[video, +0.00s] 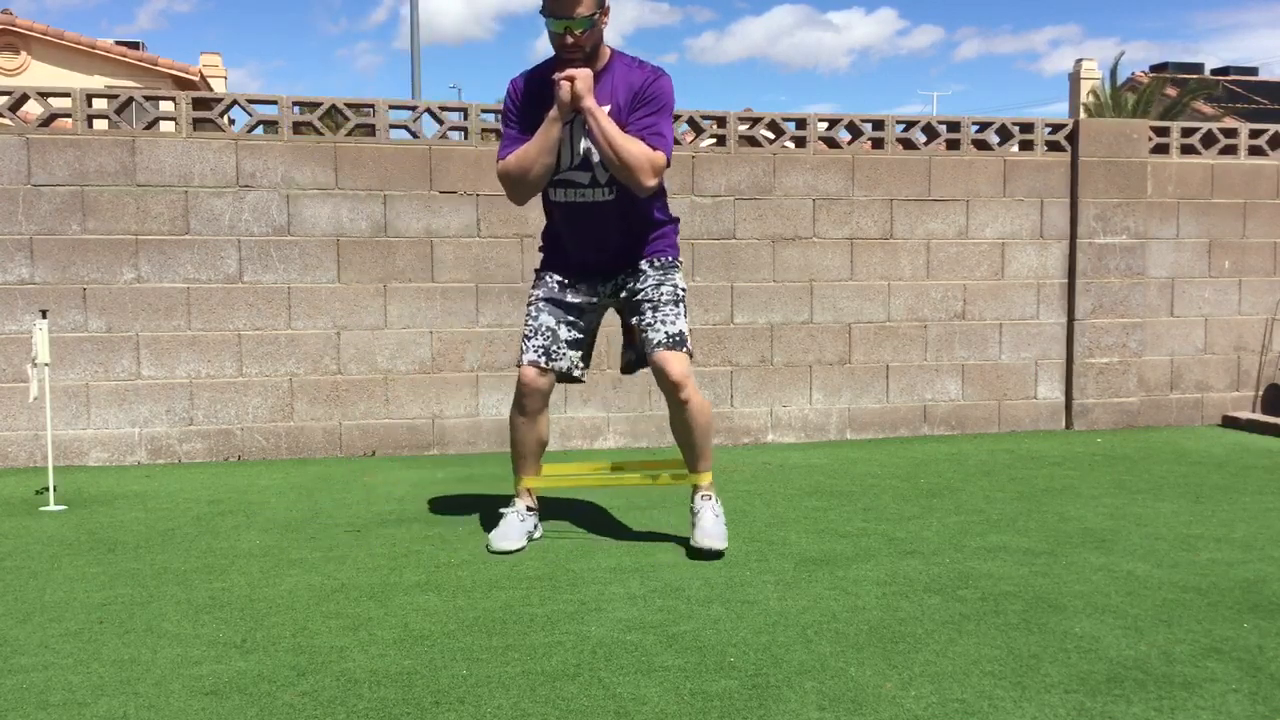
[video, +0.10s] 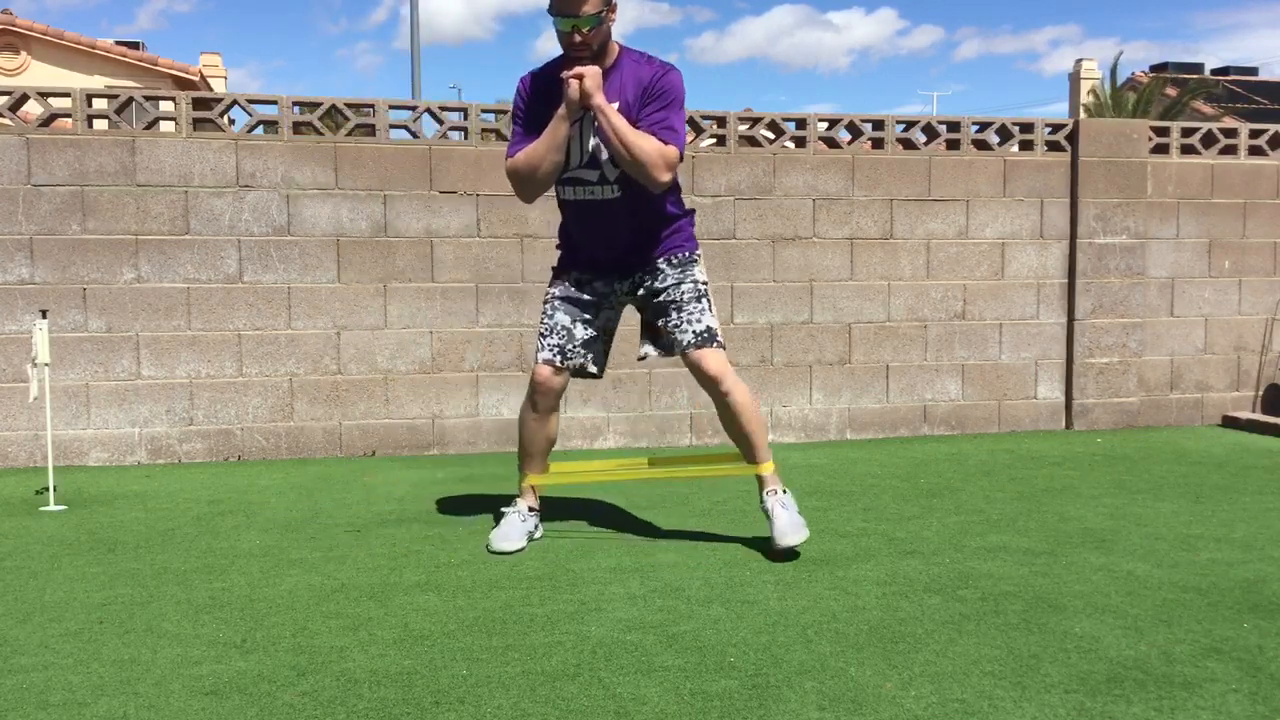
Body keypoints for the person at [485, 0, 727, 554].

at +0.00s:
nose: (567, 35)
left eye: (580, 23)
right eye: (556, 24)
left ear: (604, 18)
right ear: (545, 21)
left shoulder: (647, 82)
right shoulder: (526, 88)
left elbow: (646, 176)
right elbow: (517, 188)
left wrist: (589, 106)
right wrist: (561, 111)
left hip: (644, 254)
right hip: (568, 257)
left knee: (673, 372)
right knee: (530, 381)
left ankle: (705, 497)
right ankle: (524, 505)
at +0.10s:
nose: (576, 34)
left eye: (588, 21)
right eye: (564, 23)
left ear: (612, 15)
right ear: (552, 20)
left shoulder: (656, 77)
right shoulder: (536, 86)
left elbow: (660, 171)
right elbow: (525, 185)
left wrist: (598, 104)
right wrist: (567, 111)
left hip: (662, 251)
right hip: (586, 257)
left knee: (711, 367)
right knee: (544, 379)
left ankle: (773, 490)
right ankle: (526, 504)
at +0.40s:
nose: (687, 73)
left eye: (699, 61)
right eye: (675, 61)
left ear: (720, 51)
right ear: (660, 54)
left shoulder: (762, 118)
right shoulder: (643, 130)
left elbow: (774, 203)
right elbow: (628, 226)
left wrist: (708, 141)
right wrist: (674, 150)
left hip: (758, 294)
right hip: (673, 297)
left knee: (815, 406)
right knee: (598, 402)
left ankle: (876, 513)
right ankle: (532, 505)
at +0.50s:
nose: (736, 65)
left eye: (747, 52)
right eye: (723, 53)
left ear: (768, 42)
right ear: (708, 46)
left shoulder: (811, 107)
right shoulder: (692, 119)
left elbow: (824, 194)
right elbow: (684, 217)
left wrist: (758, 134)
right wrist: (727, 141)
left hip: (799, 285)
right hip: (713, 282)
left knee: (843, 406)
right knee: (631, 385)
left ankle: (881, 514)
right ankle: (553, 497)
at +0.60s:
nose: (770, 47)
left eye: (783, 35)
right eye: (758, 35)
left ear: (805, 26)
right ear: (744, 28)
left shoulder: (846, 91)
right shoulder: (723, 101)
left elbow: (856, 176)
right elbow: (714, 201)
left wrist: (791, 114)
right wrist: (759, 124)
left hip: (823, 271)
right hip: (740, 265)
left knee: (854, 399)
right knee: (664, 371)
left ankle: (884, 513)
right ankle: (607, 486)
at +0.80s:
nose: (802, 27)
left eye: (816, 15)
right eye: (791, 14)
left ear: (837, 11)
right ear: (777, 12)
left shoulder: (873, 75)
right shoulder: (749, 78)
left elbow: (875, 166)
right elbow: (734, 177)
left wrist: (818, 96)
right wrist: (784, 103)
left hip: (845, 257)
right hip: (765, 252)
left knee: (863, 384)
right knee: (716, 362)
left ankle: (886, 510)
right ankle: (699, 486)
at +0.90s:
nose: (808, 31)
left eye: (821, 19)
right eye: (796, 18)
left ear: (841, 15)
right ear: (780, 14)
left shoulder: (874, 81)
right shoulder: (749, 83)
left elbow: (874, 172)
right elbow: (737, 181)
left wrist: (820, 100)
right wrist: (787, 106)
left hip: (847, 258)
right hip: (768, 255)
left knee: (866, 385)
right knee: (729, 375)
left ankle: (886, 512)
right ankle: (714, 502)